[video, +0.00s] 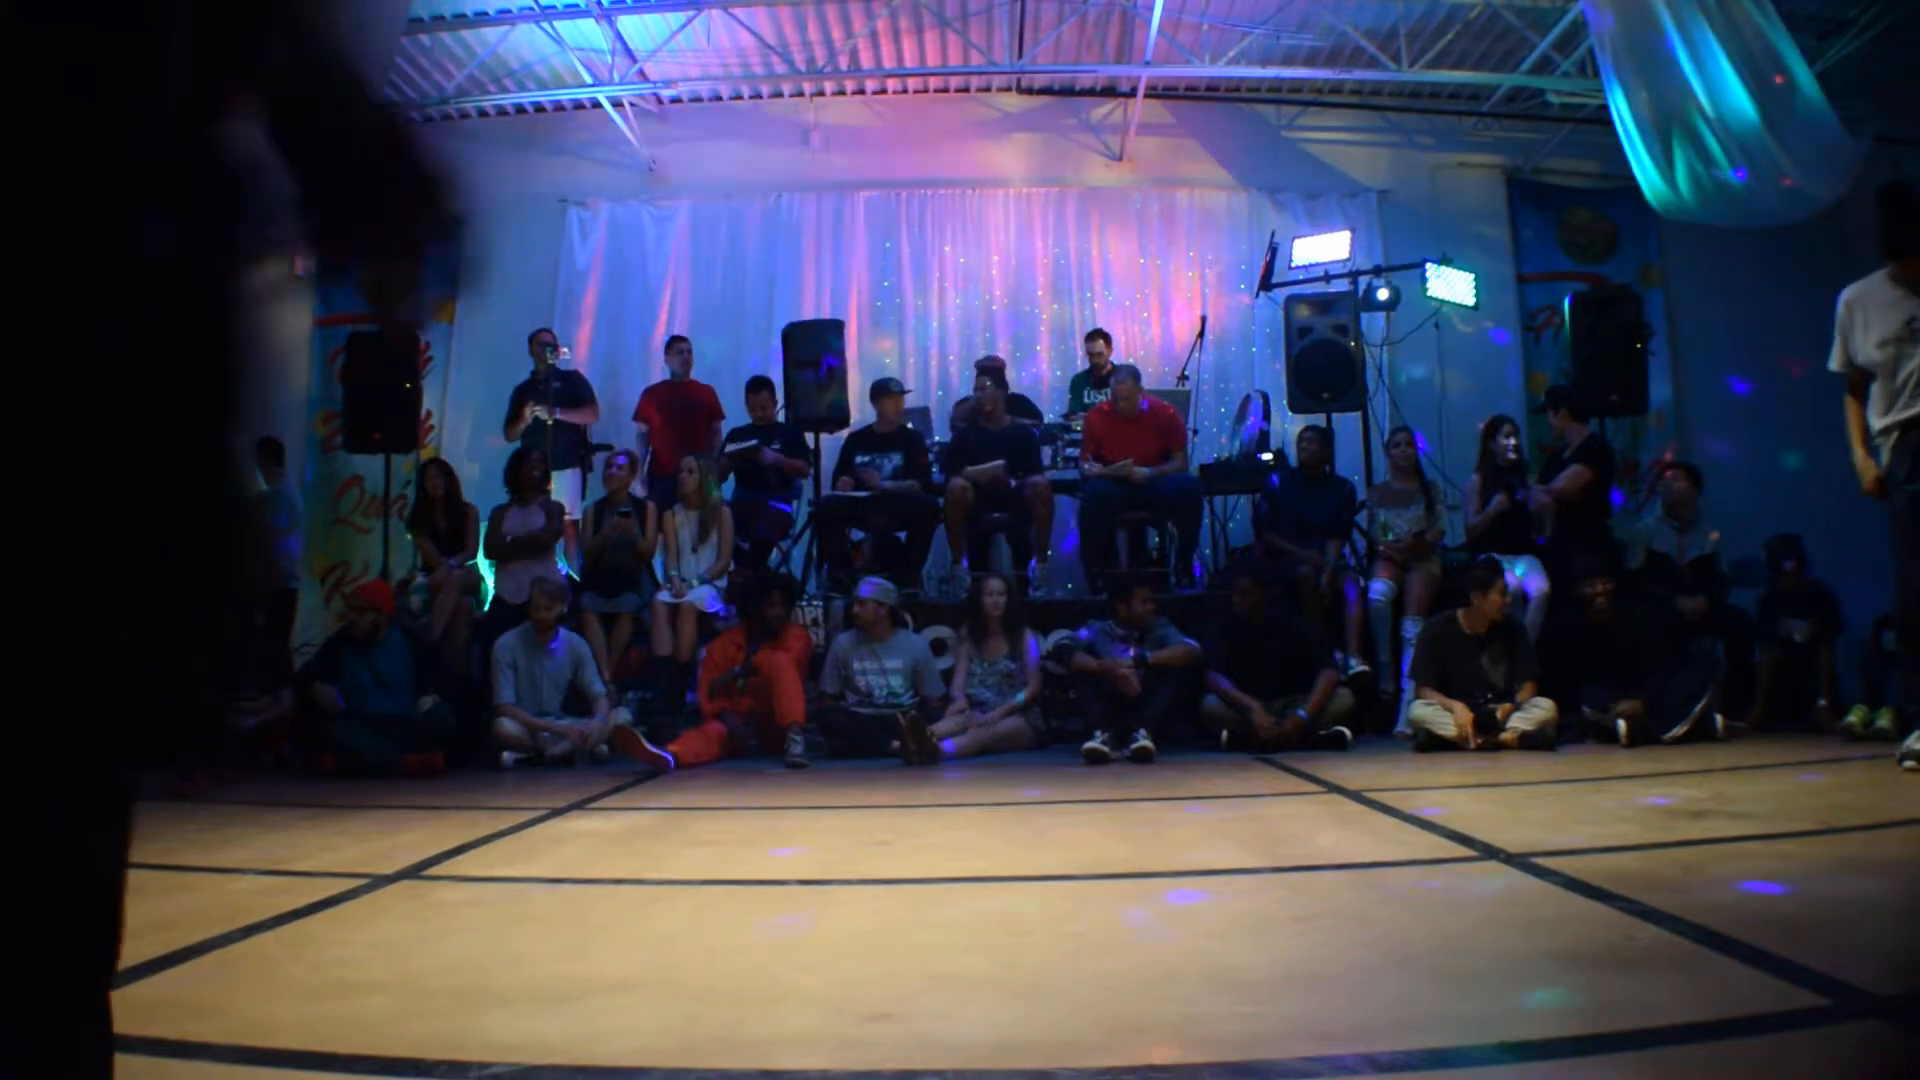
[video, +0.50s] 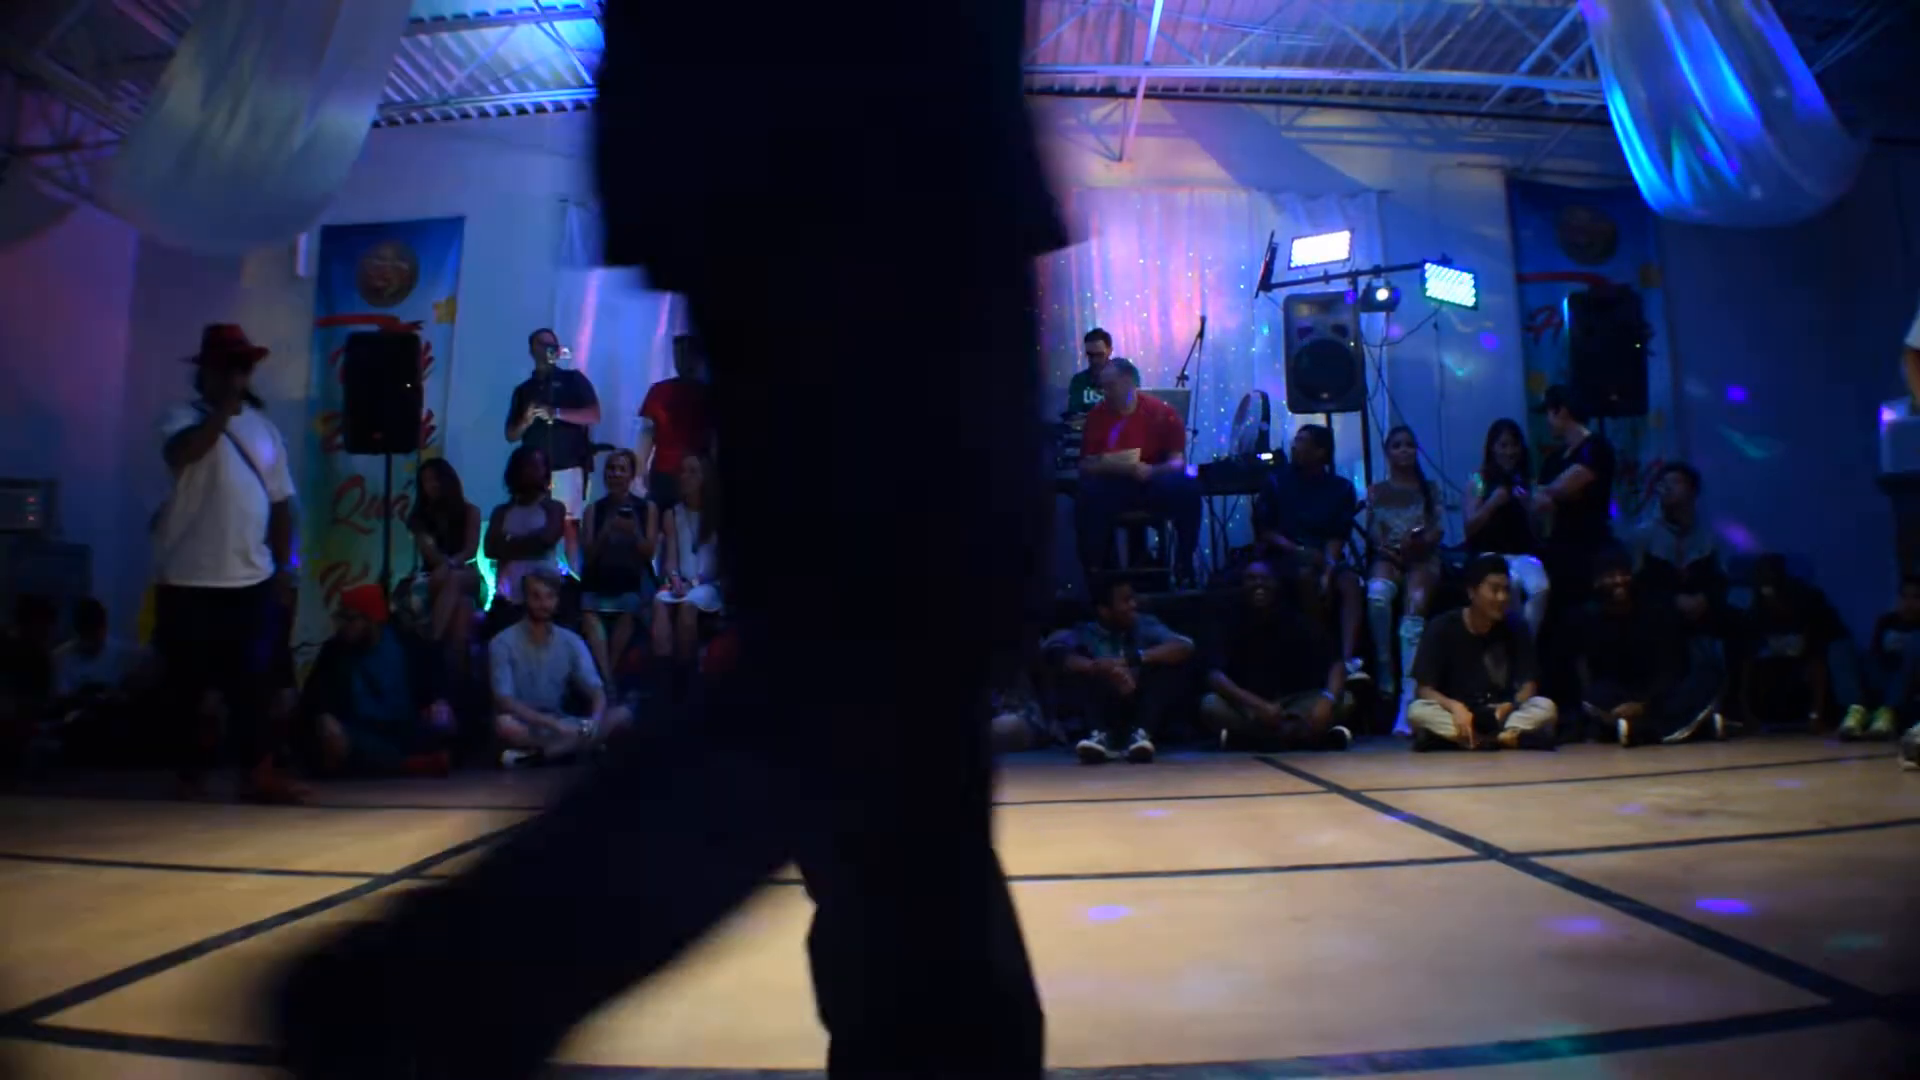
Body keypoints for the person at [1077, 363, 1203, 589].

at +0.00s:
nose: (1122, 405)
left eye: (1127, 399)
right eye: (1117, 399)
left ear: (1140, 392)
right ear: (1111, 393)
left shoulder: (1165, 414)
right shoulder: (1096, 416)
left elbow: (1180, 463)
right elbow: (1086, 464)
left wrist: (1150, 473)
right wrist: (1108, 471)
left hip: (1154, 482)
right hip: (1115, 483)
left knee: (1188, 490)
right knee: (1094, 495)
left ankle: (1184, 568)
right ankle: (1097, 575)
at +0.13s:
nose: (1118, 402)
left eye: (1124, 396)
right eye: (1113, 396)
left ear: (1139, 390)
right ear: (1108, 392)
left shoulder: (1164, 414)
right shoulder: (1097, 416)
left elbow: (1180, 462)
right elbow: (1086, 461)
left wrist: (1150, 473)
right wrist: (1103, 471)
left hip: (1153, 483)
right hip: (1116, 483)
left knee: (1189, 491)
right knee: (1094, 494)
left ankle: (1184, 568)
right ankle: (1096, 574)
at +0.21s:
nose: (1114, 399)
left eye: (1119, 393)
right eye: (1110, 393)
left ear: (1137, 388)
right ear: (1107, 390)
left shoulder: (1165, 415)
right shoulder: (1097, 417)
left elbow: (1179, 463)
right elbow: (1085, 461)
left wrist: (1148, 472)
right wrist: (1099, 469)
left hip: (1153, 484)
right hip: (1115, 483)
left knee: (1189, 490)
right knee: (1093, 493)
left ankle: (1184, 569)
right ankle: (1097, 574)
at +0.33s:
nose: (1108, 396)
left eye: (1114, 389)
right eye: (1106, 389)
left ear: (1134, 385)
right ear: (1104, 388)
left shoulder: (1163, 413)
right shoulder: (1096, 418)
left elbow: (1179, 462)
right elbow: (1086, 467)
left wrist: (1149, 472)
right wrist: (1111, 467)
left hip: (1153, 483)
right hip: (1114, 484)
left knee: (1189, 491)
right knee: (1091, 498)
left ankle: (1184, 569)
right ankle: (1097, 575)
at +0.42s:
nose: (1106, 394)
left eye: (1111, 387)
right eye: (1104, 388)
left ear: (1132, 384)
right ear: (1102, 388)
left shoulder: (1163, 413)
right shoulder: (1096, 418)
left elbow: (1178, 462)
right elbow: (1086, 466)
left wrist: (1149, 471)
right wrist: (1112, 466)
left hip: (1153, 483)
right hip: (1113, 484)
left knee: (1188, 491)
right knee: (1089, 497)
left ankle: (1184, 568)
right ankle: (1096, 574)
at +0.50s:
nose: (1105, 392)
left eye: (1110, 385)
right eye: (1103, 386)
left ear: (1130, 382)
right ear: (1101, 387)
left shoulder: (1162, 413)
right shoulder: (1096, 417)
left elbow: (1178, 461)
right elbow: (1086, 464)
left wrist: (1152, 470)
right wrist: (1111, 466)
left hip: (1151, 482)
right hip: (1112, 483)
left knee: (1188, 489)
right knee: (1088, 496)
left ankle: (1184, 566)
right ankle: (1097, 572)